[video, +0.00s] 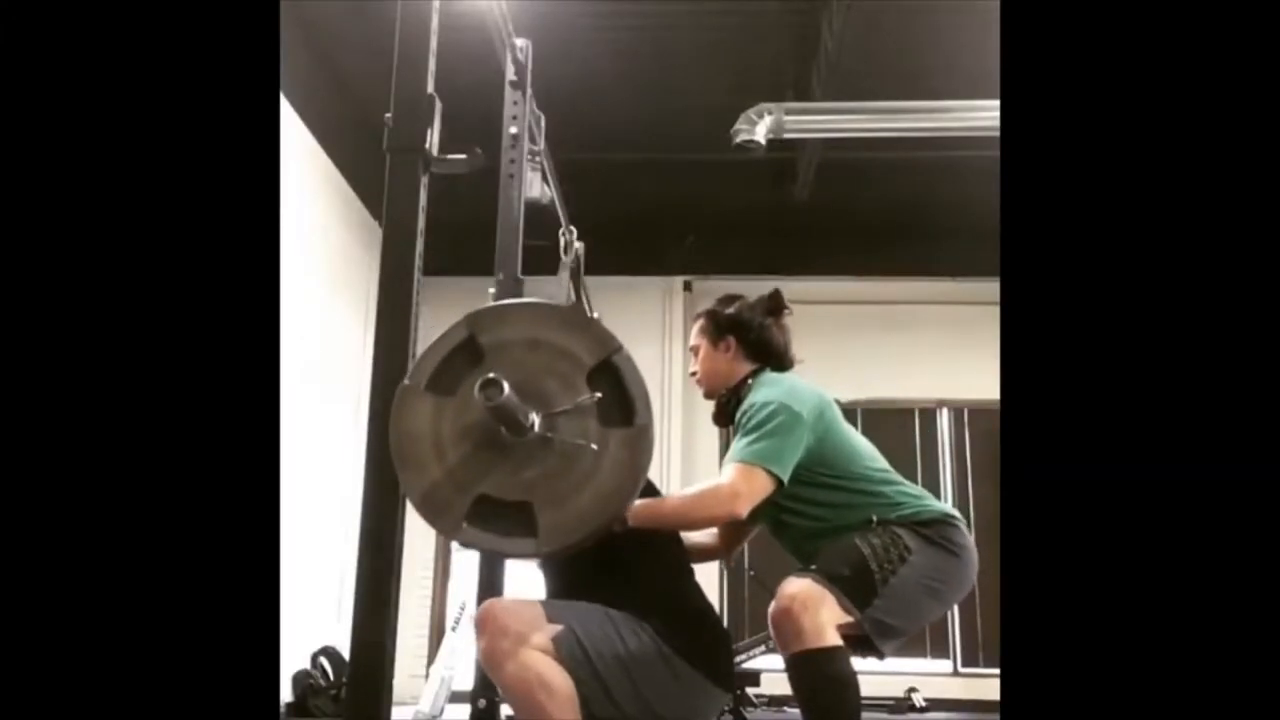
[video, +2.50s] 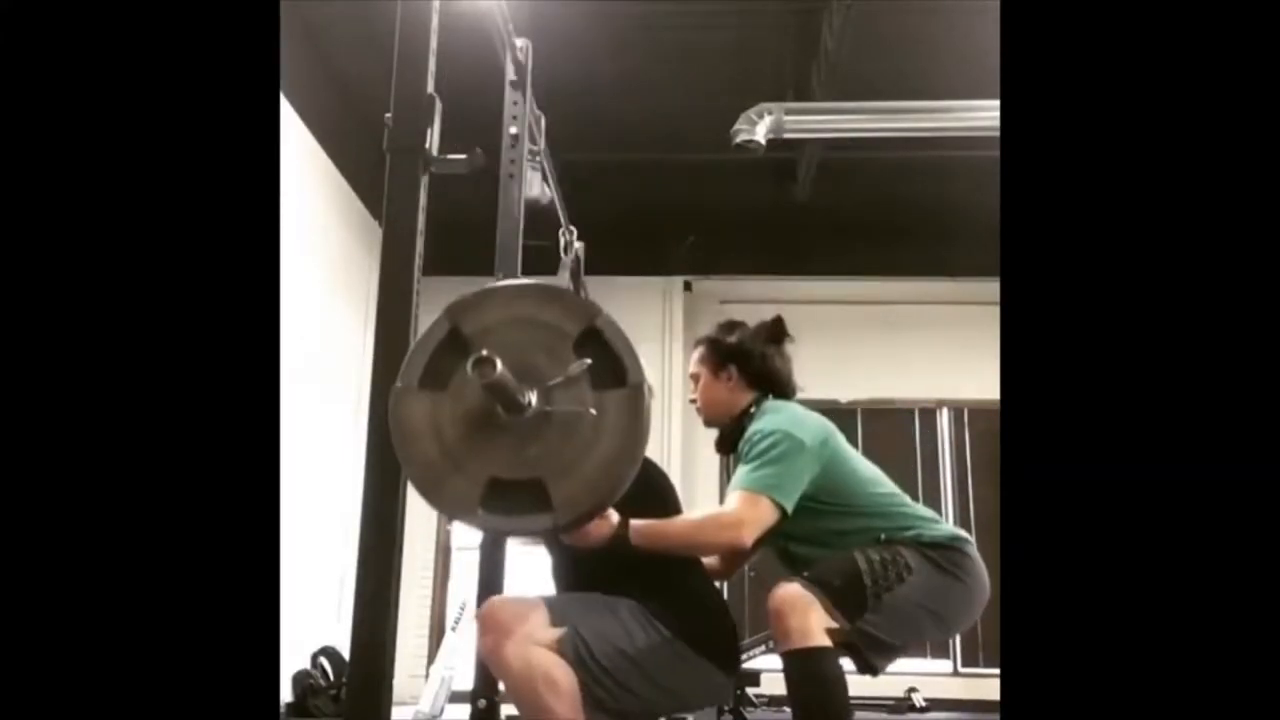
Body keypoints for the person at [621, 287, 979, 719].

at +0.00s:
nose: (691, 368)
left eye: (697, 351)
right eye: (691, 354)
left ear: (730, 347)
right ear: (733, 350)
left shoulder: (780, 398)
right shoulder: (757, 417)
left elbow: (735, 497)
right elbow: (719, 542)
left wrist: (625, 512)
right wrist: (640, 546)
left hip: (926, 540)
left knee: (799, 608)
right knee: (794, 617)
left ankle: (838, 715)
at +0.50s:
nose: (693, 326)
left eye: (698, 311)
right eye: (693, 314)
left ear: (730, 306)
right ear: (732, 307)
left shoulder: (778, 357)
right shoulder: (758, 377)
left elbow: (736, 453)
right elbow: (721, 502)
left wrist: (623, 461)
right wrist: (642, 503)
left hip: (914, 506)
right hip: (867, 518)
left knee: (812, 602)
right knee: (787, 611)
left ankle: (846, 715)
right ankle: (830, 716)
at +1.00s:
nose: (707, 255)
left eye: (715, 239)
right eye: (708, 242)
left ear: (751, 236)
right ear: (751, 239)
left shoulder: (784, 288)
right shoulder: (760, 314)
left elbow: (736, 377)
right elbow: (720, 436)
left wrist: (626, 372)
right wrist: (643, 441)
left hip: (897, 460)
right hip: (852, 474)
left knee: (830, 599)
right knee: (805, 603)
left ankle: (855, 716)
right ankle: (834, 718)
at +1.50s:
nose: (741, 202)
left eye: (749, 187)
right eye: (743, 189)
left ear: (785, 187)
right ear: (789, 192)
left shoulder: (811, 241)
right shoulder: (775, 272)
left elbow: (743, 308)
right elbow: (723, 380)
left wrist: (630, 282)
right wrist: (637, 369)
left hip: (862, 442)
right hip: (827, 453)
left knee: (837, 612)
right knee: (822, 618)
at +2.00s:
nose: (751, 199)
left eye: (761, 184)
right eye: (753, 186)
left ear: (796, 181)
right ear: (795, 186)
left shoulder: (820, 238)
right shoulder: (784, 269)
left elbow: (749, 303)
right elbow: (726, 373)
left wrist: (637, 267)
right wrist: (641, 354)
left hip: (852, 442)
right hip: (816, 453)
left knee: (830, 611)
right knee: (822, 616)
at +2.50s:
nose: (691, 393)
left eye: (699, 378)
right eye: (691, 380)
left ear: (737, 378)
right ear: (737, 382)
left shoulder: (781, 426)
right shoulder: (756, 443)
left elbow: (736, 529)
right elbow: (720, 561)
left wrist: (622, 528)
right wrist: (637, 558)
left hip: (939, 565)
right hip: (908, 569)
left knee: (794, 604)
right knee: (791, 608)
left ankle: (827, 714)